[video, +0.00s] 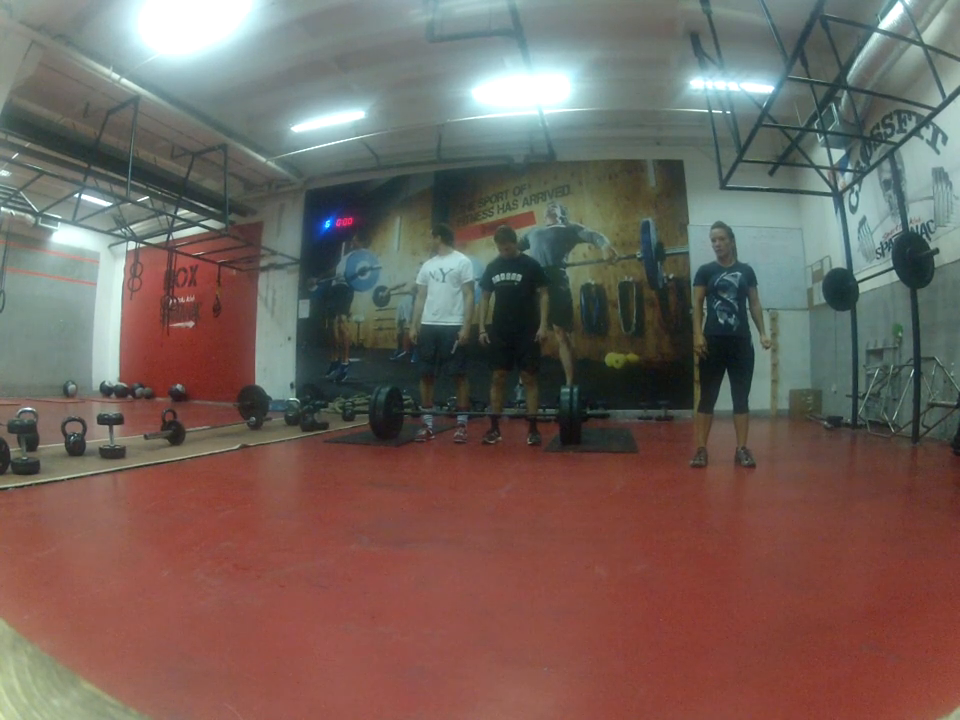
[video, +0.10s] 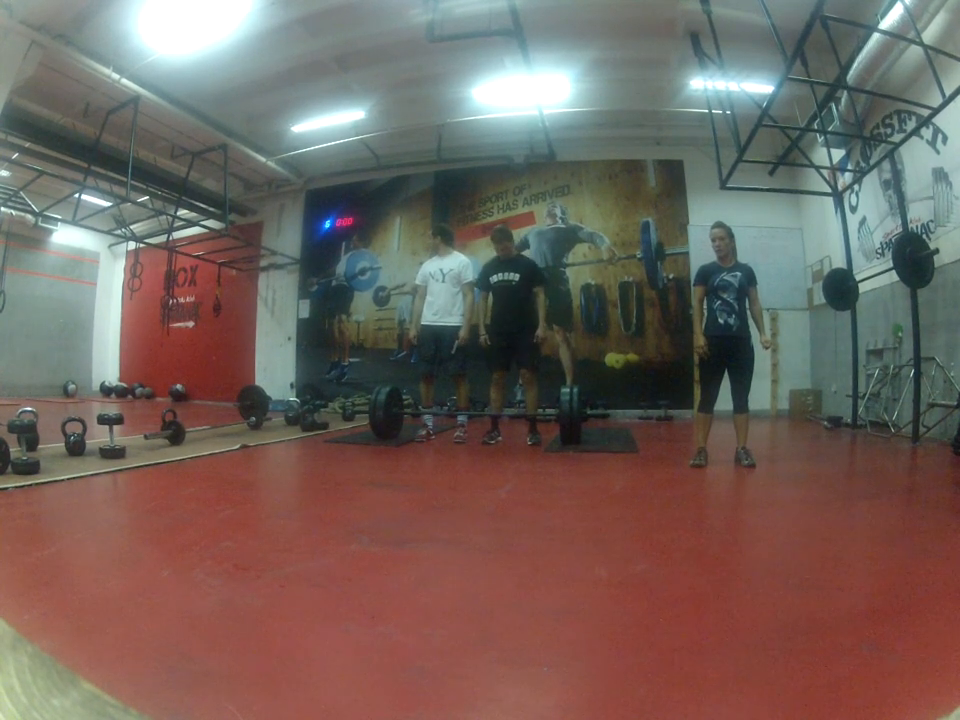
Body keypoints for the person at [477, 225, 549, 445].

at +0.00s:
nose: (504, 252)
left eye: (507, 248)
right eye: (500, 248)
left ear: (515, 243)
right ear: (496, 246)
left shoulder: (531, 265)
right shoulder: (493, 266)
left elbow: (543, 295)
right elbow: (484, 298)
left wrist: (543, 326)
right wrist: (482, 327)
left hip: (527, 330)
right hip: (501, 329)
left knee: (529, 377)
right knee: (498, 377)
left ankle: (533, 428)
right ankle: (494, 428)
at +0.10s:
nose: (502, 250)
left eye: (505, 245)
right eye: (498, 246)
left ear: (512, 242)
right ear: (493, 246)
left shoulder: (528, 264)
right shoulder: (489, 267)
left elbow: (540, 294)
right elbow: (482, 300)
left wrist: (542, 325)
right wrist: (482, 328)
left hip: (525, 329)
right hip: (498, 329)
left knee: (528, 376)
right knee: (498, 377)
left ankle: (532, 428)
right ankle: (494, 428)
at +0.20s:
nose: (500, 250)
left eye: (503, 245)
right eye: (496, 246)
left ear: (509, 242)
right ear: (492, 246)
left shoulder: (526, 264)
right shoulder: (487, 268)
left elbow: (539, 293)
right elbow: (480, 300)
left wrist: (540, 324)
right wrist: (482, 330)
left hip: (524, 329)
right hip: (498, 330)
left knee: (528, 375)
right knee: (497, 378)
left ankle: (533, 428)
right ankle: (494, 428)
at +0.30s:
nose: (500, 250)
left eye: (503, 245)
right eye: (496, 246)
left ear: (509, 242)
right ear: (491, 246)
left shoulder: (526, 265)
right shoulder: (486, 268)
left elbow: (539, 293)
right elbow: (480, 300)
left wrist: (540, 323)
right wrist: (481, 330)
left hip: (524, 329)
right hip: (497, 330)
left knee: (528, 376)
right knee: (498, 378)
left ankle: (533, 428)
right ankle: (494, 428)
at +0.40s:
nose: (502, 250)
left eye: (505, 245)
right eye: (498, 246)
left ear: (512, 242)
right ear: (493, 245)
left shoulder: (528, 265)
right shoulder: (488, 268)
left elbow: (541, 293)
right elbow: (481, 300)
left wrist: (540, 324)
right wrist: (480, 328)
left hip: (525, 330)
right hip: (497, 330)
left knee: (528, 377)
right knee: (497, 378)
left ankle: (533, 429)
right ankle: (494, 428)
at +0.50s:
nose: (505, 248)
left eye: (508, 243)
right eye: (501, 244)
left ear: (515, 242)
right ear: (496, 244)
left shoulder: (530, 265)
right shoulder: (491, 267)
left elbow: (542, 294)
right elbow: (484, 299)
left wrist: (540, 325)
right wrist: (481, 327)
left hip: (525, 330)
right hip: (499, 329)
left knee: (528, 377)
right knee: (497, 378)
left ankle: (533, 429)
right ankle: (494, 428)